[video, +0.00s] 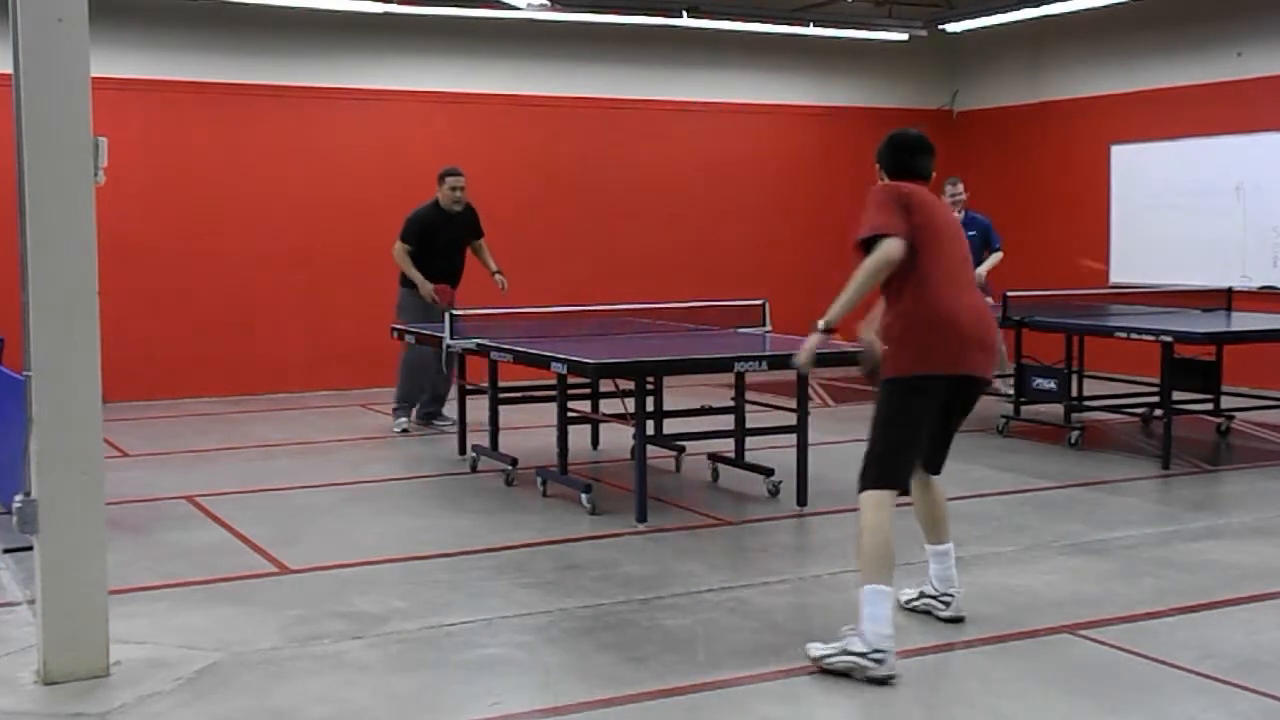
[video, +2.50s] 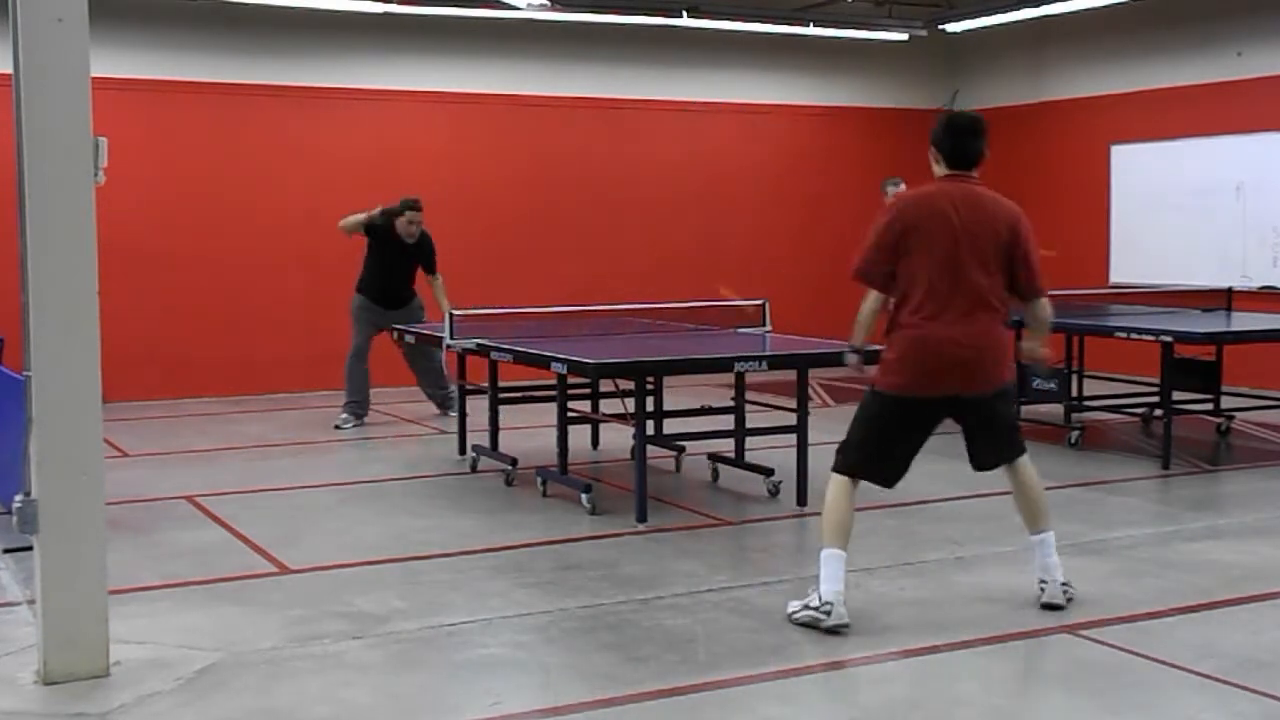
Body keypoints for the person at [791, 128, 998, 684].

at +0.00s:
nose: (875, 176)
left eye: (875, 169)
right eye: (881, 169)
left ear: (882, 170)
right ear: (928, 172)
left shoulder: (890, 193)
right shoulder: (946, 213)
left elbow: (891, 251)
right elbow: (936, 292)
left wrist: (822, 327)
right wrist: (877, 337)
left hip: (921, 354)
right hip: (976, 354)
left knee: (877, 488)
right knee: (924, 469)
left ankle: (873, 641)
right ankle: (943, 591)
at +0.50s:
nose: (920, 184)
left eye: (922, 177)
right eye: (922, 176)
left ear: (931, 180)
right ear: (978, 178)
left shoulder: (942, 225)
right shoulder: (1006, 224)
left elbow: (936, 317)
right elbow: (1019, 312)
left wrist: (888, 389)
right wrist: (961, 381)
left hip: (985, 391)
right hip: (1032, 383)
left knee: (981, 541)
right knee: (952, 449)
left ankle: (1107, 650)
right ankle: (949, 586)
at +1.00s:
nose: (912, 160)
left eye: (914, 153)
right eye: (916, 152)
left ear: (924, 158)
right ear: (967, 158)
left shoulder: (912, 204)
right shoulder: (996, 215)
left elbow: (886, 294)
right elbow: (1011, 304)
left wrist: (845, 364)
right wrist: (955, 322)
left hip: (918, 374)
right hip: (980, 379)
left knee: (845, 487)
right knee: (954, 475)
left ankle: (829, 629)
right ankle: (989, 590)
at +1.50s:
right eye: (967, 139)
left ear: (916, 141)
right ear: (967, 143)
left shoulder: (892, 183)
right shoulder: (987, 197)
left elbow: (867, 271)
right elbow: (1002, 291)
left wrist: (868, 311)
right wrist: (1022, 340)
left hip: (896, 355)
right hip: (968, 358)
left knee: (832, 460)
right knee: (961, 463)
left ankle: (802, 593)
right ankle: (983, 590)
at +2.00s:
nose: (867, 123)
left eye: (868, 115)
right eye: (873, 115)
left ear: (875, 118)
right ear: (923, 119)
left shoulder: (889, 169)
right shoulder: (935, 170)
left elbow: (898, 262)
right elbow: (875, 243)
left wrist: (830, 309)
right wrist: (815, 212)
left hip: (874, 349)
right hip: (935, 346)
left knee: (815, 456)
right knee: (942, 451)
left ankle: (794, 590)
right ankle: (995, 572)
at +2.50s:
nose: (928, 156)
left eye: (929, 149)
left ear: (934, 155)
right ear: (982, 157)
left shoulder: (905, 209)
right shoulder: (1005, 214)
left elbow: (875, 298)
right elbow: (1038, 304)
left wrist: (856, 347)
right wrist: (1035, 346)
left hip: (910, 369)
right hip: (987, 370)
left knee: (845, 471)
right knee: (1017, 461)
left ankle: (828, 598)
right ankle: (1052, 578)